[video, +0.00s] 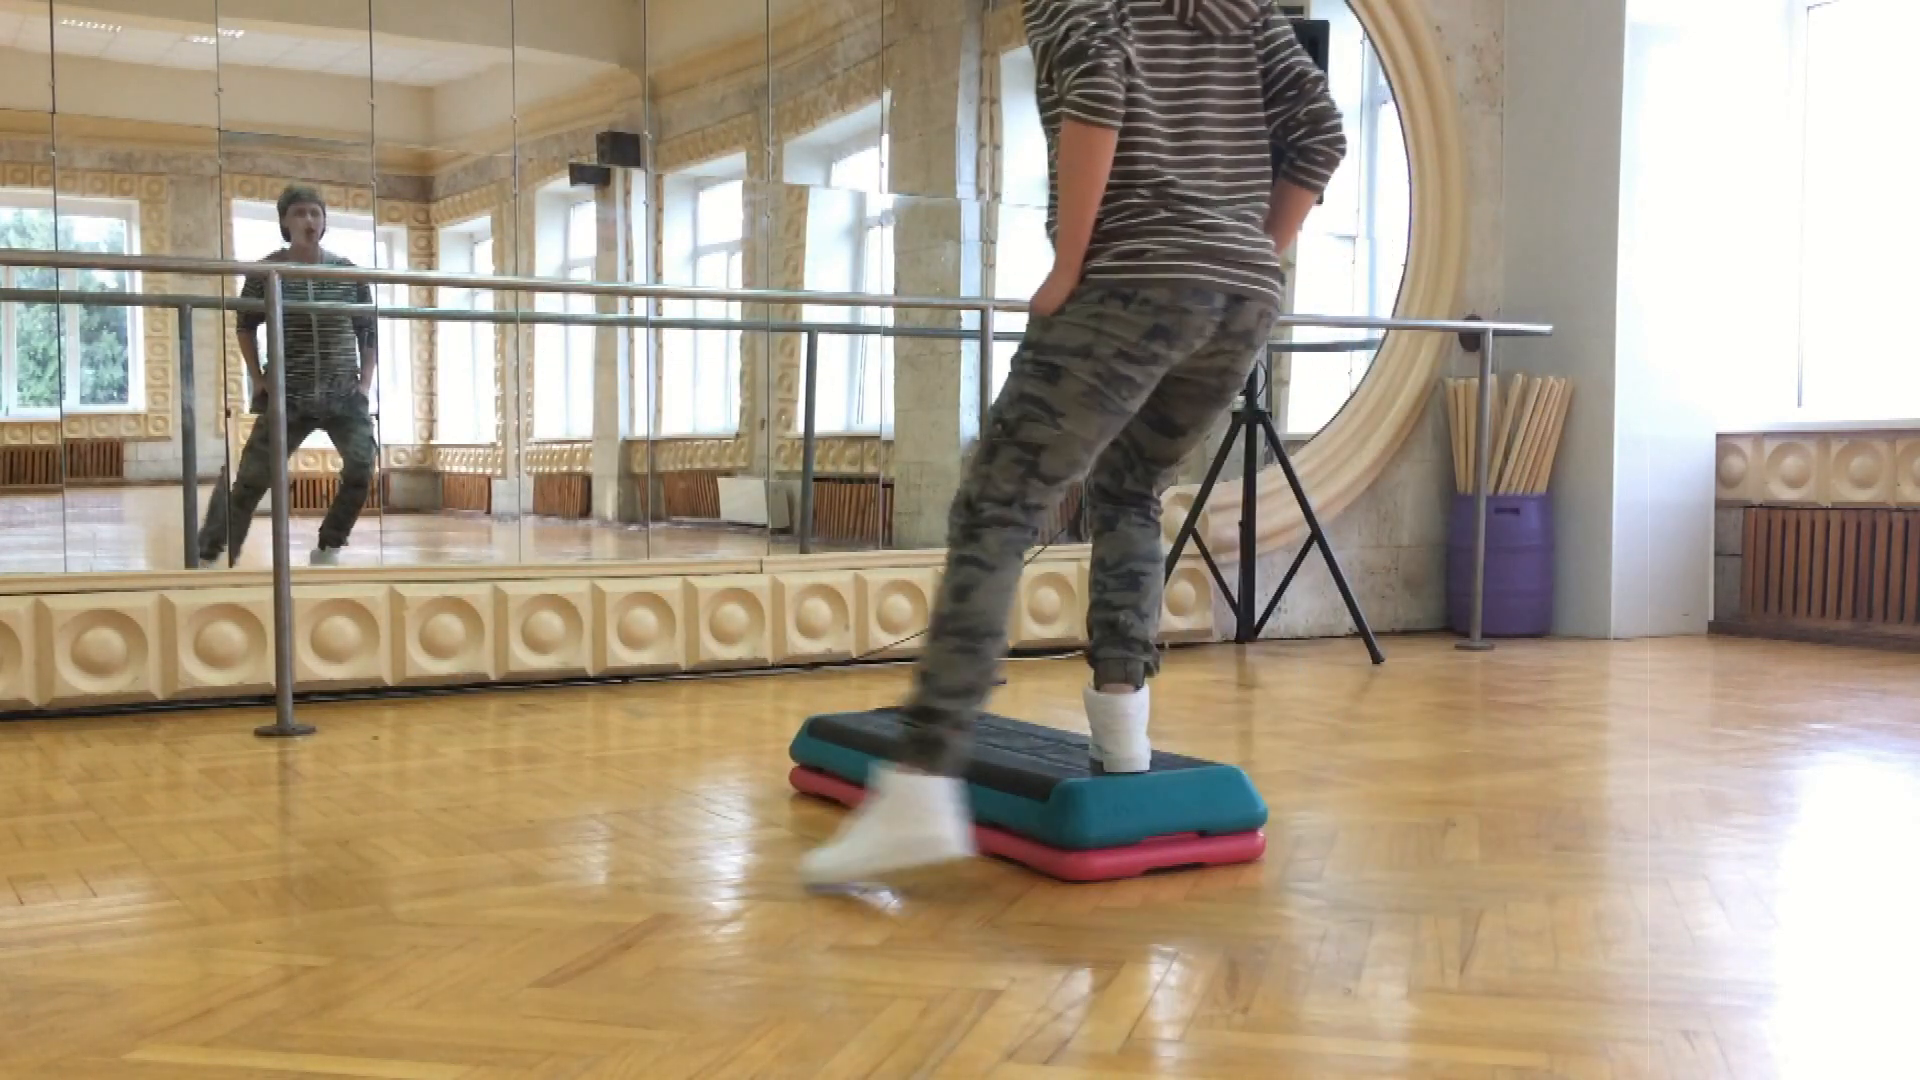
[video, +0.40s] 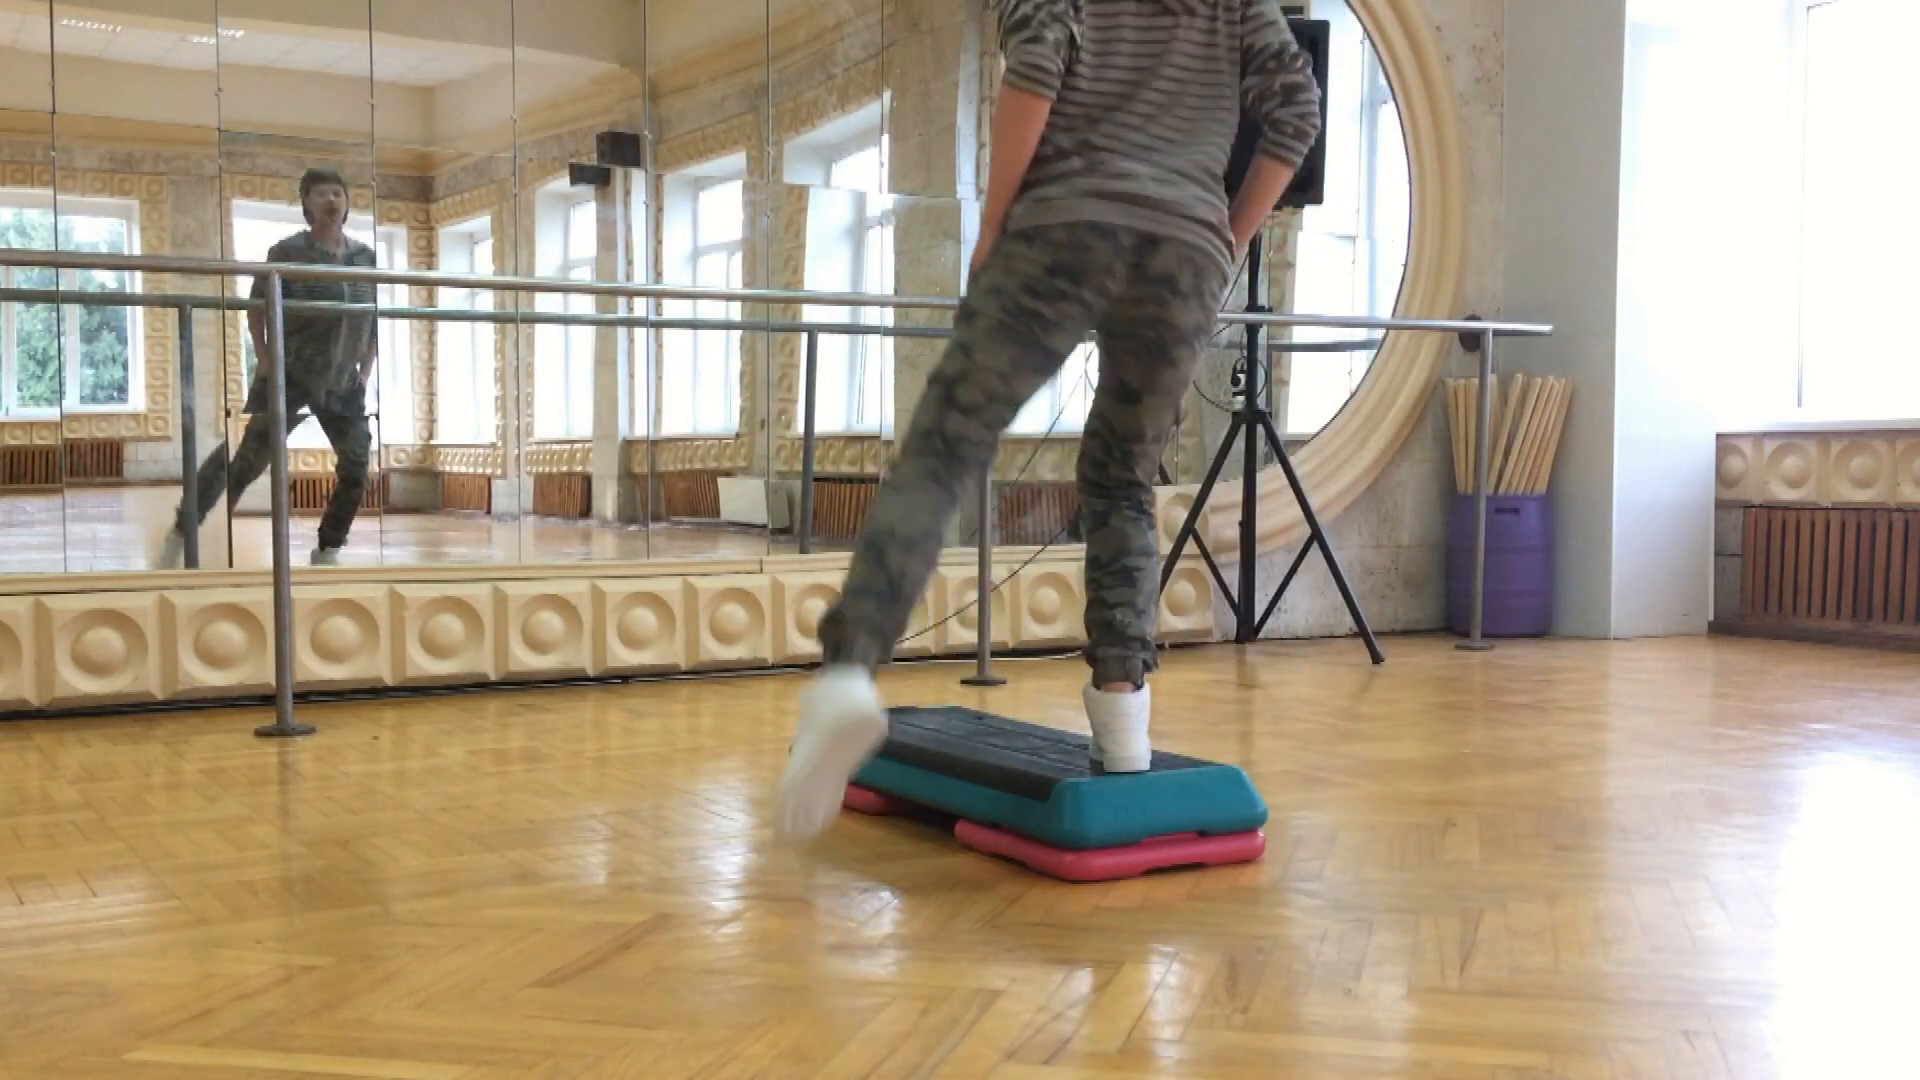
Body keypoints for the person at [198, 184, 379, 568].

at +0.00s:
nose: (310, 220)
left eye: (316, 214)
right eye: (300, 214)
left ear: (326, 222)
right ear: (284, 223)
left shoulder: (349, 273)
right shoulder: (266, 271)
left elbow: (369, 336)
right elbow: (244, 326)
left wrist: (363, 386)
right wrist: (257, 376)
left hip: (343, 394)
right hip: (289, 395)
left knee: (362, 467)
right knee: (253, 477)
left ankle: (329, 546)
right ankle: (210, 553)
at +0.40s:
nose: (331, 200)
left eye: (337, 194)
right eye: (321, 194)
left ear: (347, 204)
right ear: (305, 204)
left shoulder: (364, 258)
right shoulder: (287, 251)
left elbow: (373, 319)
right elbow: (256, 304)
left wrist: (365, 370)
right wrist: (265, 358)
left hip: (341, 381)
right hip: (289, 375)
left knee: (356, 469)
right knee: (249, 459)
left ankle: (328, 551)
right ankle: (181, 528)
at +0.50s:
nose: (333, 183)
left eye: (339, 177)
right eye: (323, 177)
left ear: (350, 187)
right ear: (307, 187)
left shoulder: (364, 240)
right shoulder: (292, 234)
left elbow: (370, 306)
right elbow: (258, 284)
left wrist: (357, 355)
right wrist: (275, 342)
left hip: (338, 367)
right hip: (286, 358)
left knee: (354, 461)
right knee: (248, 442)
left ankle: (327, 549)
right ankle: (158, 477)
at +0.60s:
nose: (332, 183)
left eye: (338, 177)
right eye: (323, 177)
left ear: (349, 186)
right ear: (307, 187)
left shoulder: (363, 237)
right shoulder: (293, 233)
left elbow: (361, 298)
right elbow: (257, 288)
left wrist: (350, 342)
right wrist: (277, 333)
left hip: (340, 366)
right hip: (289, 356)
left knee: (363, 456)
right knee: (245, 434)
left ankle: (319, 544)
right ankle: (151, 414)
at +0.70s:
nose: (328, 193)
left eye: (335, 187)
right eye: (318, 188)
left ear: (346, 199)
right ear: (304, 199)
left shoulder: (364, 253)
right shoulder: (292, 246)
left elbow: (365, 317)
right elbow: (263, 302)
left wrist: (355, 365)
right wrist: (280, 350)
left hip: (342, 382)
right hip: (291, 371)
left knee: (361, 470)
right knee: (239, 437)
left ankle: (318, 553)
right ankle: (139, 392)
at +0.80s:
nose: (327, 195)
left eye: (334, 188)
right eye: (318, 189)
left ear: (345, 200)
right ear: (304, 200)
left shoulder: (364, 253)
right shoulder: (294, 247)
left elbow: (366, 314)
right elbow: (263, 303)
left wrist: (355, 362)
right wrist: (281, 351)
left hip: (342, 382)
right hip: (292, 372)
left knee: (365, 469)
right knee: (242, 442)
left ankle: (319, 552)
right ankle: (143, 395)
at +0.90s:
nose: (328, 195)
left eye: (334, 188)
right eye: (318, 190)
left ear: (345, 199)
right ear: (304, 201)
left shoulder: (364, 253)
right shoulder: (293, 247)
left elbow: (364, 315)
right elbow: (264, 303)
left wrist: (352, 362)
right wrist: (283, 350)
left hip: (341, 381)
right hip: (292, 372)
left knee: (364, 469)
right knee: (246, 444)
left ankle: (319, 551)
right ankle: (147, 405)